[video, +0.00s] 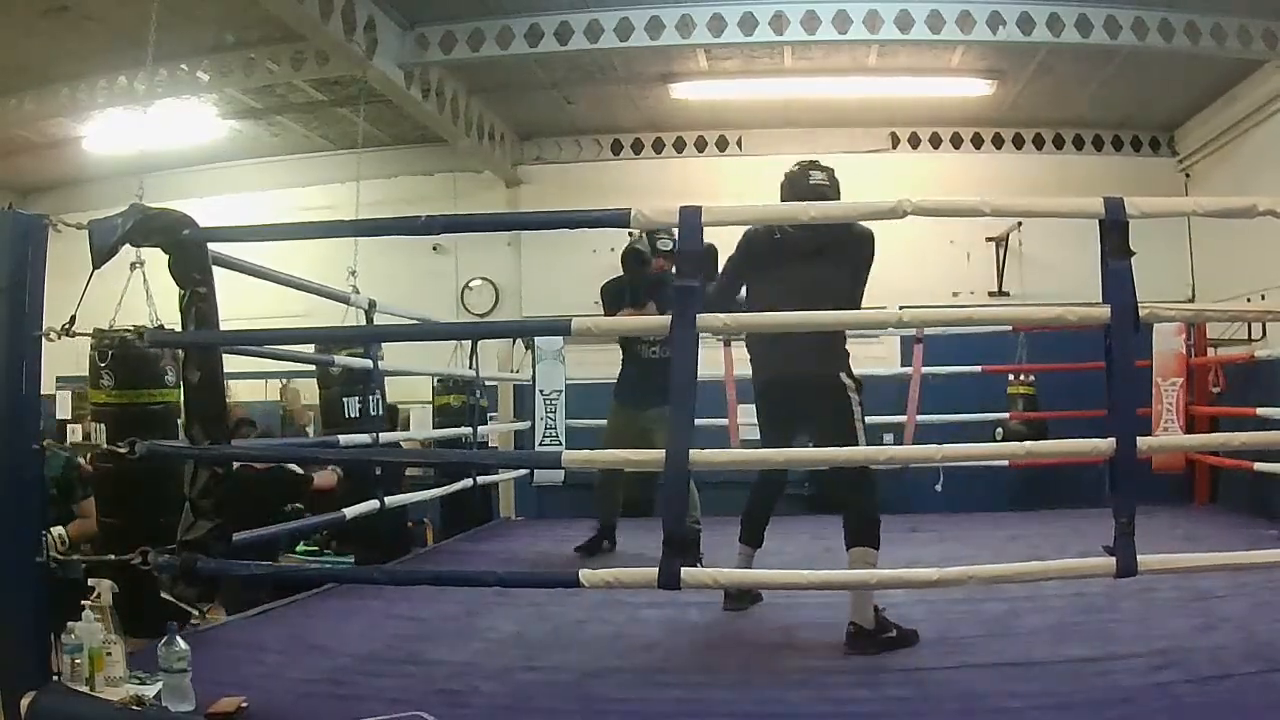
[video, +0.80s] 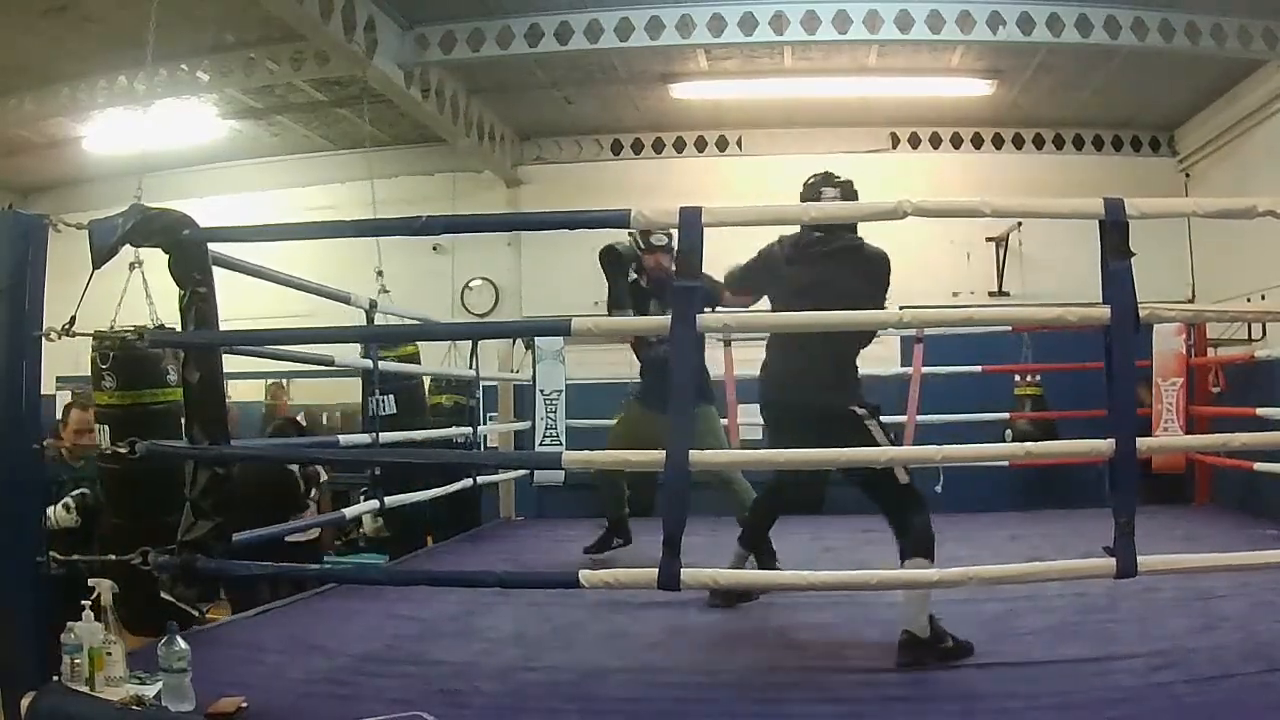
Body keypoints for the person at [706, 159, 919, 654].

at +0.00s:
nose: (825, 205)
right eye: (829, 194)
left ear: (784, 198)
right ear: (836, 198)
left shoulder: (758, 237)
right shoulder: (857, 239)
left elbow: (721, 296)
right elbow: (845, 308)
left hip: (771, 379)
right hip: (827, 377)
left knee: (770, 471)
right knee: (859, 485)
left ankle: (738, 581)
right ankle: (864, 620)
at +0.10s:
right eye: (830, 189)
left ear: (784, 194)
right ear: (837, 192)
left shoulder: (757, 237)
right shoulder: (857, 236)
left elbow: (735, 311)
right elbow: (852, 309)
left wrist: (754, 336)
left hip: (774, 378)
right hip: (832, 379)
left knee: (770, 471)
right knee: (862, 485)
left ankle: (738, 579)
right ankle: (864, 616)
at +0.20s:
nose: (758, 203)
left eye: (761, 195)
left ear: (767, 195)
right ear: (817, 189)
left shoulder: (754, 236)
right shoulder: (852, 227)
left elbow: (735, 311)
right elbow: (857, 304)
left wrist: (717, 281)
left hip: (786, 381)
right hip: (846, 379)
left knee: (767, 476)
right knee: (867, 489)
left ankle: (739, 581)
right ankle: (865, 616)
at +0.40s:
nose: (766, 211)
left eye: (755, 204)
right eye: (785, 190)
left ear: (746, 206)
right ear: (798, 194)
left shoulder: (741, 248)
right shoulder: (836, 227)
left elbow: (738, 326)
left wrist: (717, 251)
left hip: (796, 380)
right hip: (856, 375)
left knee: (777, 475)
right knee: (884, 475)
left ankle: (739, 579)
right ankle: (880, 604)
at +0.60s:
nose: (819, 220)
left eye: (798, 210)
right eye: (826, 209)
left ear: (785, 213)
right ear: (836, 213)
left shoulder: (762, 259)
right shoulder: (862, 257)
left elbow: (725, 319)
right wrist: (820, 226)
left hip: (787, 405)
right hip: (844, 401)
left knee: (790, 481)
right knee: (898, 495)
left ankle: (734, 572)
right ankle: (915, 615)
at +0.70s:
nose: (853, 223)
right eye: (849, 214)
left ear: (801, 219)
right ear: (849, 220)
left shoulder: (767, 261)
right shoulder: (861, 266)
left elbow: (707, 300)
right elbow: (858, 336)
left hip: (774, 401)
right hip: (829, 402)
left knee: (796, 484)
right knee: (916, 489)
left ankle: (734, 578)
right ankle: (914, 610)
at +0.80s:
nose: (819, 214)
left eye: (818, 205)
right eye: (828, 202)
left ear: (806, 211)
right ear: (856, 212)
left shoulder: (781, 253)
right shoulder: (874, 261)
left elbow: (732, 293)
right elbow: (863, 330)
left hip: (778, 396)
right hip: (835, 399)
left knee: (791, 480)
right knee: (907, 504)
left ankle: (733, 573)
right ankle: (918, 628)